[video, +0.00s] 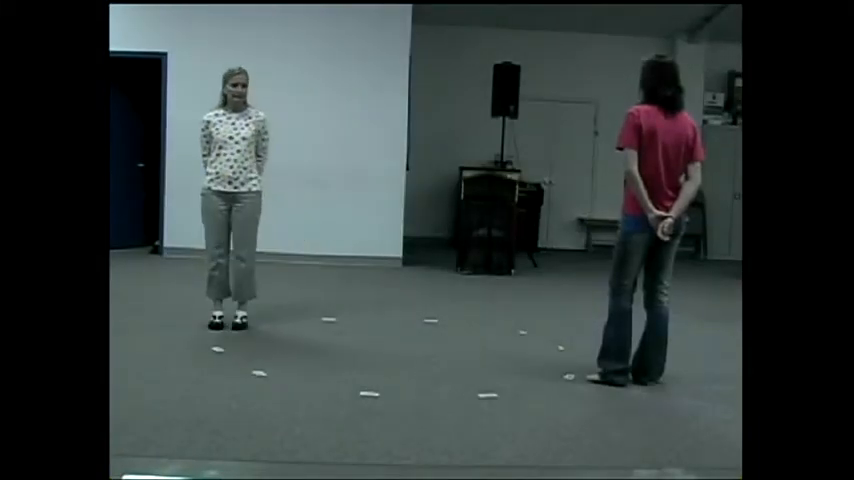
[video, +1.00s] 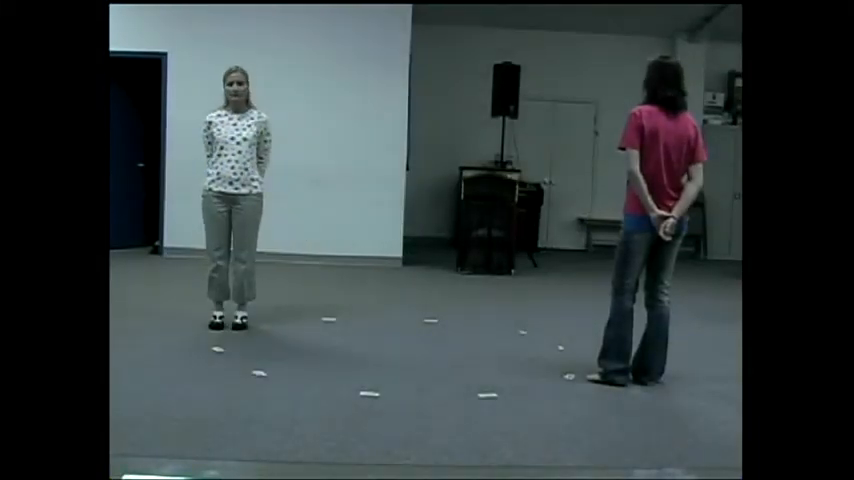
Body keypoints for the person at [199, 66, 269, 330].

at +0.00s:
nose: (239, 90)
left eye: (243, 86)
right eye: (234, 85)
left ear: (248, 89)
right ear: (224, 88)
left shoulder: (258, 119)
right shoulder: (210, 119)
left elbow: (262, 155)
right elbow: (206, 154)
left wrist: (252, 178)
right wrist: (215, 176)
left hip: (247, 190)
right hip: (215, 189)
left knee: (243, 251)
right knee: (217, 251)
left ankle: (241, 309)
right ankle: (217, 308)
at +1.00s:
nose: (235, 88)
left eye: (240, 84)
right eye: (230, 84)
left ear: (248, 87)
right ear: (224, 88)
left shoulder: (260, 120)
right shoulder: (212, 119)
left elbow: (263, 157)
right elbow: (210, 155)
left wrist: (254, 181)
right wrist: (219, 177)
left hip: (247, 192)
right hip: (216, 191)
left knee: (243, 255)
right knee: (217, 254)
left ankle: (241, 310)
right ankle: (218, 309)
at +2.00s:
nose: (234, 88)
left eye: (239, 84)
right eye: (229, 84)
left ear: (246, 87)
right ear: (222, 88)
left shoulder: (257, 119)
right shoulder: (210, 120)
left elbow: (262, 156)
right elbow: (207, 155)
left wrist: (255, 180)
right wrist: (214, 178)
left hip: (247, 191)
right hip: (215, 191)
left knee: (243, 253)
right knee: (217, 253)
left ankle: (241, 309)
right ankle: (218, 308)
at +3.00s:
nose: (237, 91)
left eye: (242, 86)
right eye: (232, 86)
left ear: (248, 89)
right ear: (225, 89)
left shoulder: (260, 120)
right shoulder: (213, 121)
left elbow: (265, 157)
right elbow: (209, 157)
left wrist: (256, 180)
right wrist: (219, 178)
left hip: (250, 192)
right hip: (218, 192)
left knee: (245, 253)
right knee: (219, 253)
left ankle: (242, 310)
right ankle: (218, 309)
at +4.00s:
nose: (233, 82)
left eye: (238, 78)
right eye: (228, 77)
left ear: (243, 84)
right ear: (217, 81)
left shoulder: (254, 120)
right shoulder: (201, 119)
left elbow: (256, 160)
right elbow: (195, 161)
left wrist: (245, 185)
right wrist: (206, 184)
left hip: (244, 201)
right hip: (209, 201)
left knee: (237, 267)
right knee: (210, 265)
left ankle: (233, 334)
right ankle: (212, 317)